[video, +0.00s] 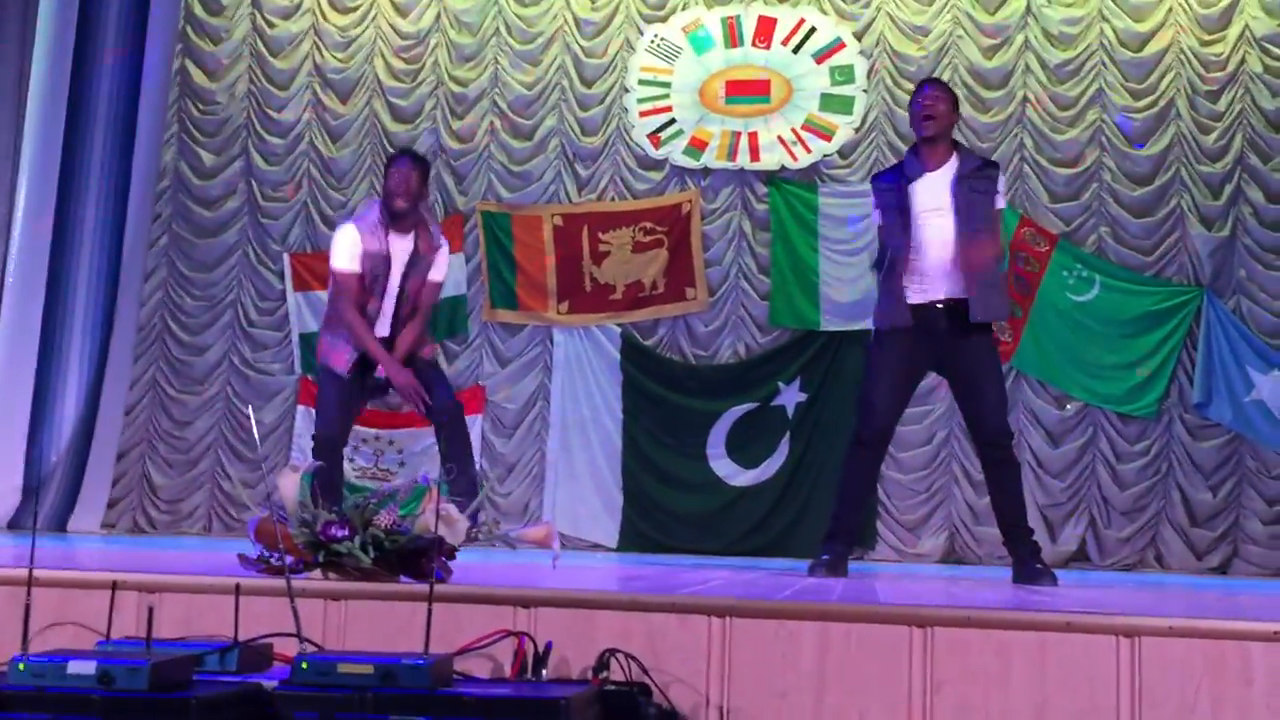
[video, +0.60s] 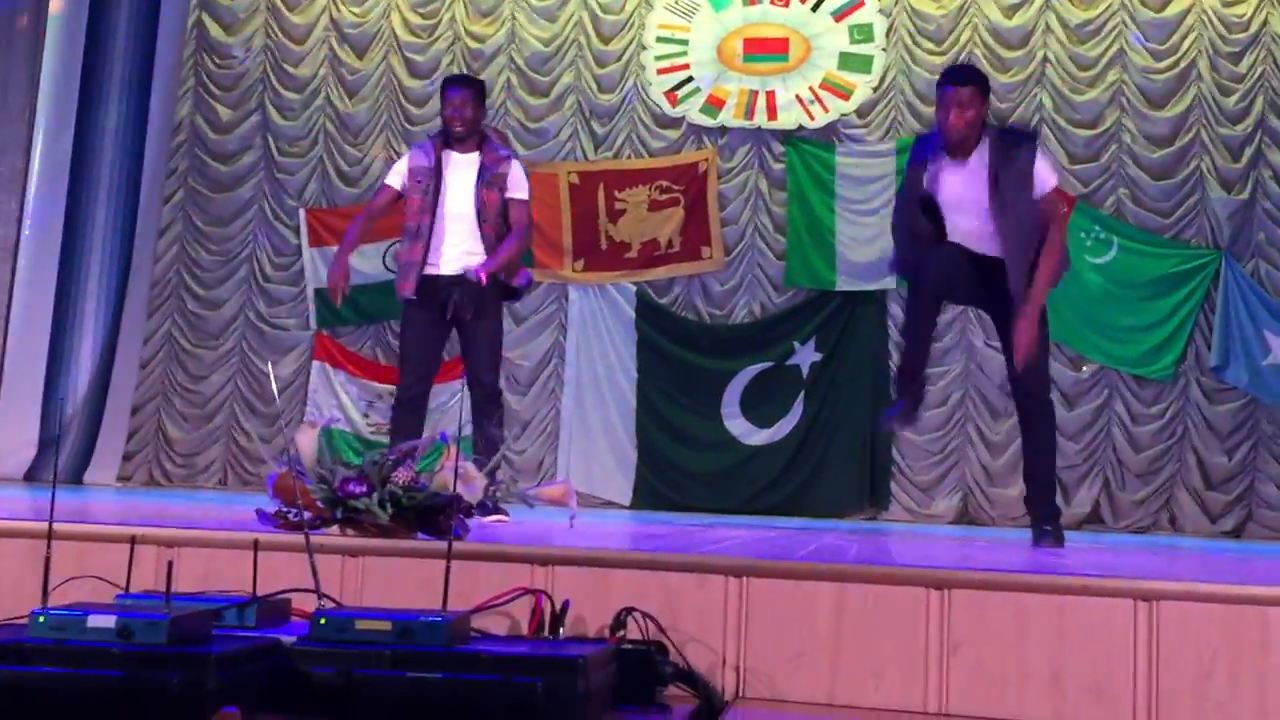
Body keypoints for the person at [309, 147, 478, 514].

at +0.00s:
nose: (402, 187)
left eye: (411, 180)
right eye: (395, 178)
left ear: (424, 189)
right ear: (383, 184)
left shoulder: (436, 246)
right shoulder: (352, 235)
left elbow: (421, 315)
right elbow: (347, 312)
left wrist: (392, 366)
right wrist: (391, 368)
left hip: (406, 348)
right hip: (350, 348)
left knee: (448, 410)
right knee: (329, 436)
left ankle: (465, 513)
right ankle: (329, 524)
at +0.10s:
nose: (420, 161)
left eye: (429, 154)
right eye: (413, 153)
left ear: (444, 158)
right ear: (403, 154)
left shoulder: (461, 214)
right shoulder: (372, 206)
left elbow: (458, 286)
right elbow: (350, 278)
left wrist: (432, 336)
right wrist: (378, 339)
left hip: (431, 329)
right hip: (378, 329)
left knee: (462, 417)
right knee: (353, 420)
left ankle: (478, 515)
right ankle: (340, 513)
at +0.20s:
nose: (442, 138)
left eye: (450, 131)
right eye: (435, 129)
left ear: (465, 137)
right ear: (423, 134)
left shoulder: (487, 192)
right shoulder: (399, 185)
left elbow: (496, 262)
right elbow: (359, 246)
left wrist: (470, 308)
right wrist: (354, 306)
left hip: (464, 314)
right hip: (407, 312)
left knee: (478, 409)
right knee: (377, 408)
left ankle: (491, 512)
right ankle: (354, 502)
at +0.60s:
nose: (456, 114)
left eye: (465, 107)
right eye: (450, 106)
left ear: (481, 112)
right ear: (441, 110)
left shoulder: (505, 165)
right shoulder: (417, 158)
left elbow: (520, 234)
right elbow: (370, 212)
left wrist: (487, 268)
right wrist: (341, 259)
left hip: (479, 288)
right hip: (424, 289)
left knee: (485, 388)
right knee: (412, 387)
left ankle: (487, 489)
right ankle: (397, 486)